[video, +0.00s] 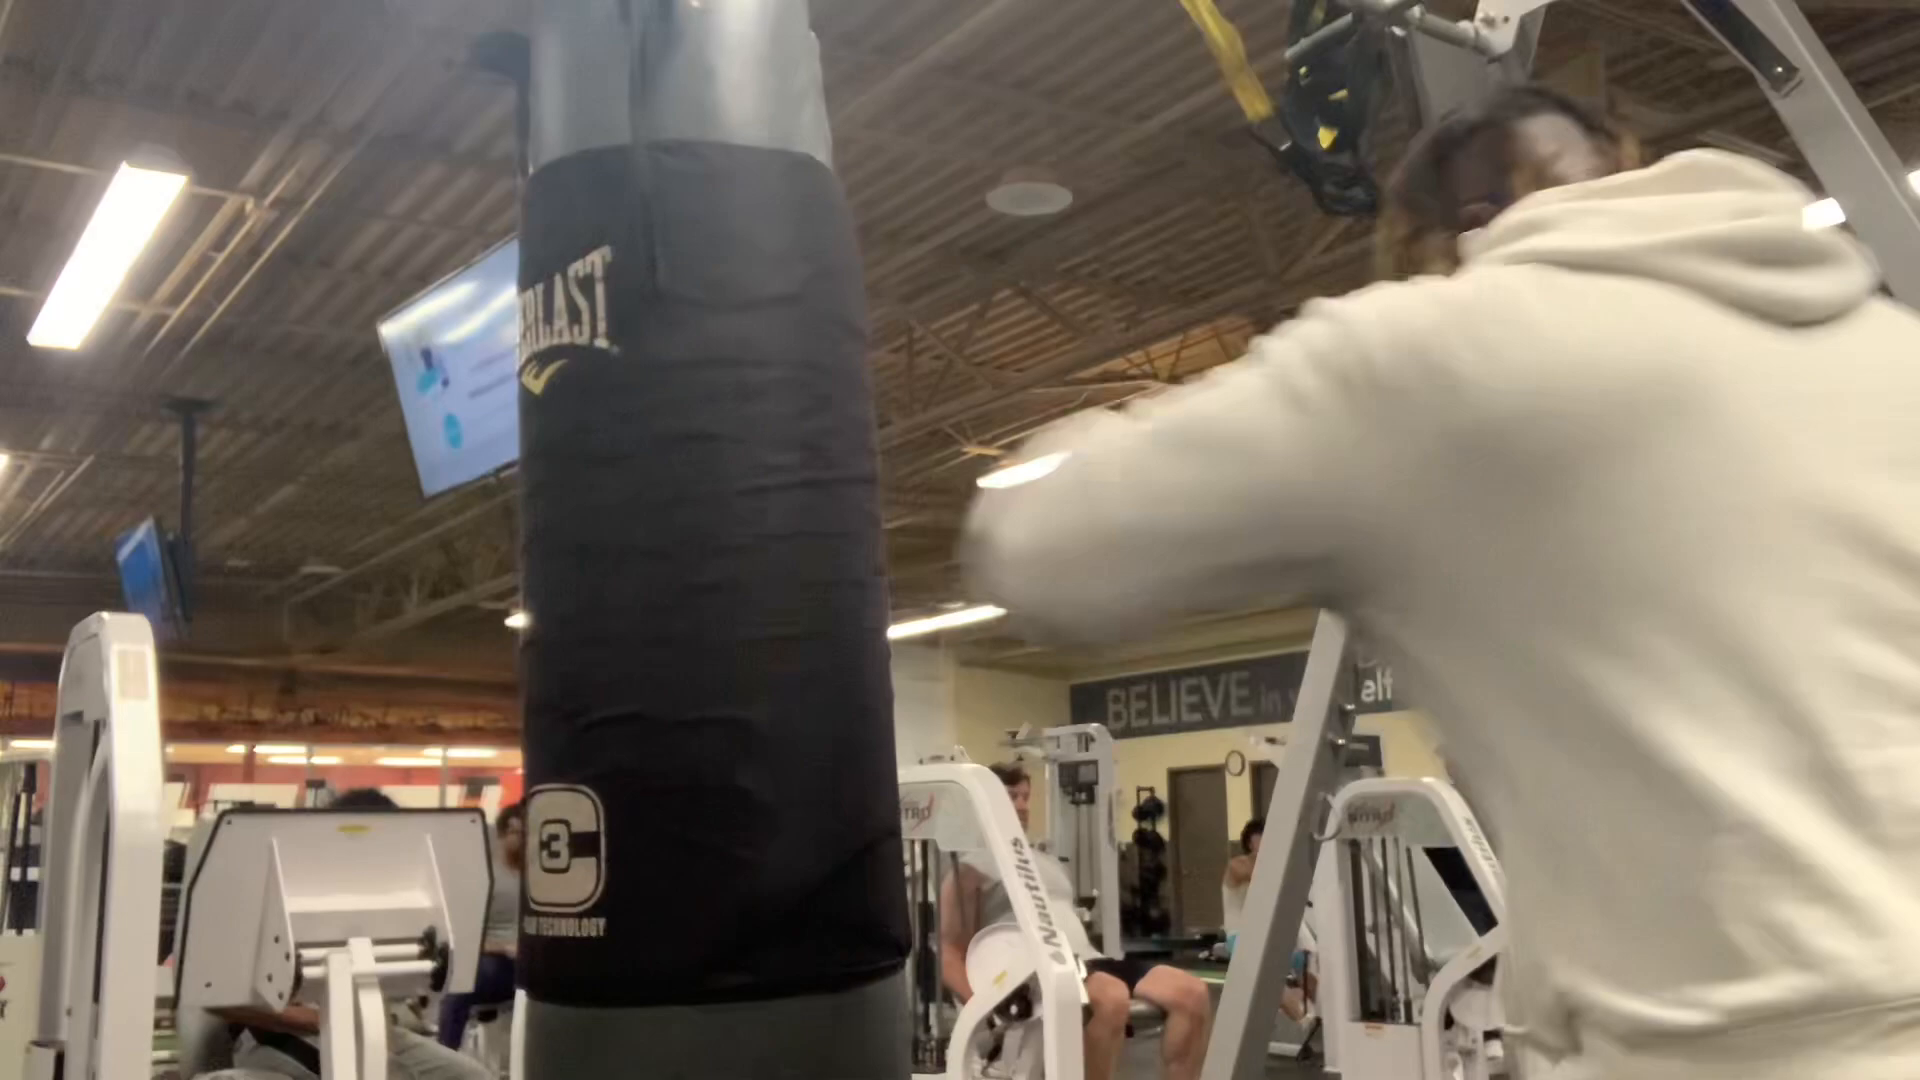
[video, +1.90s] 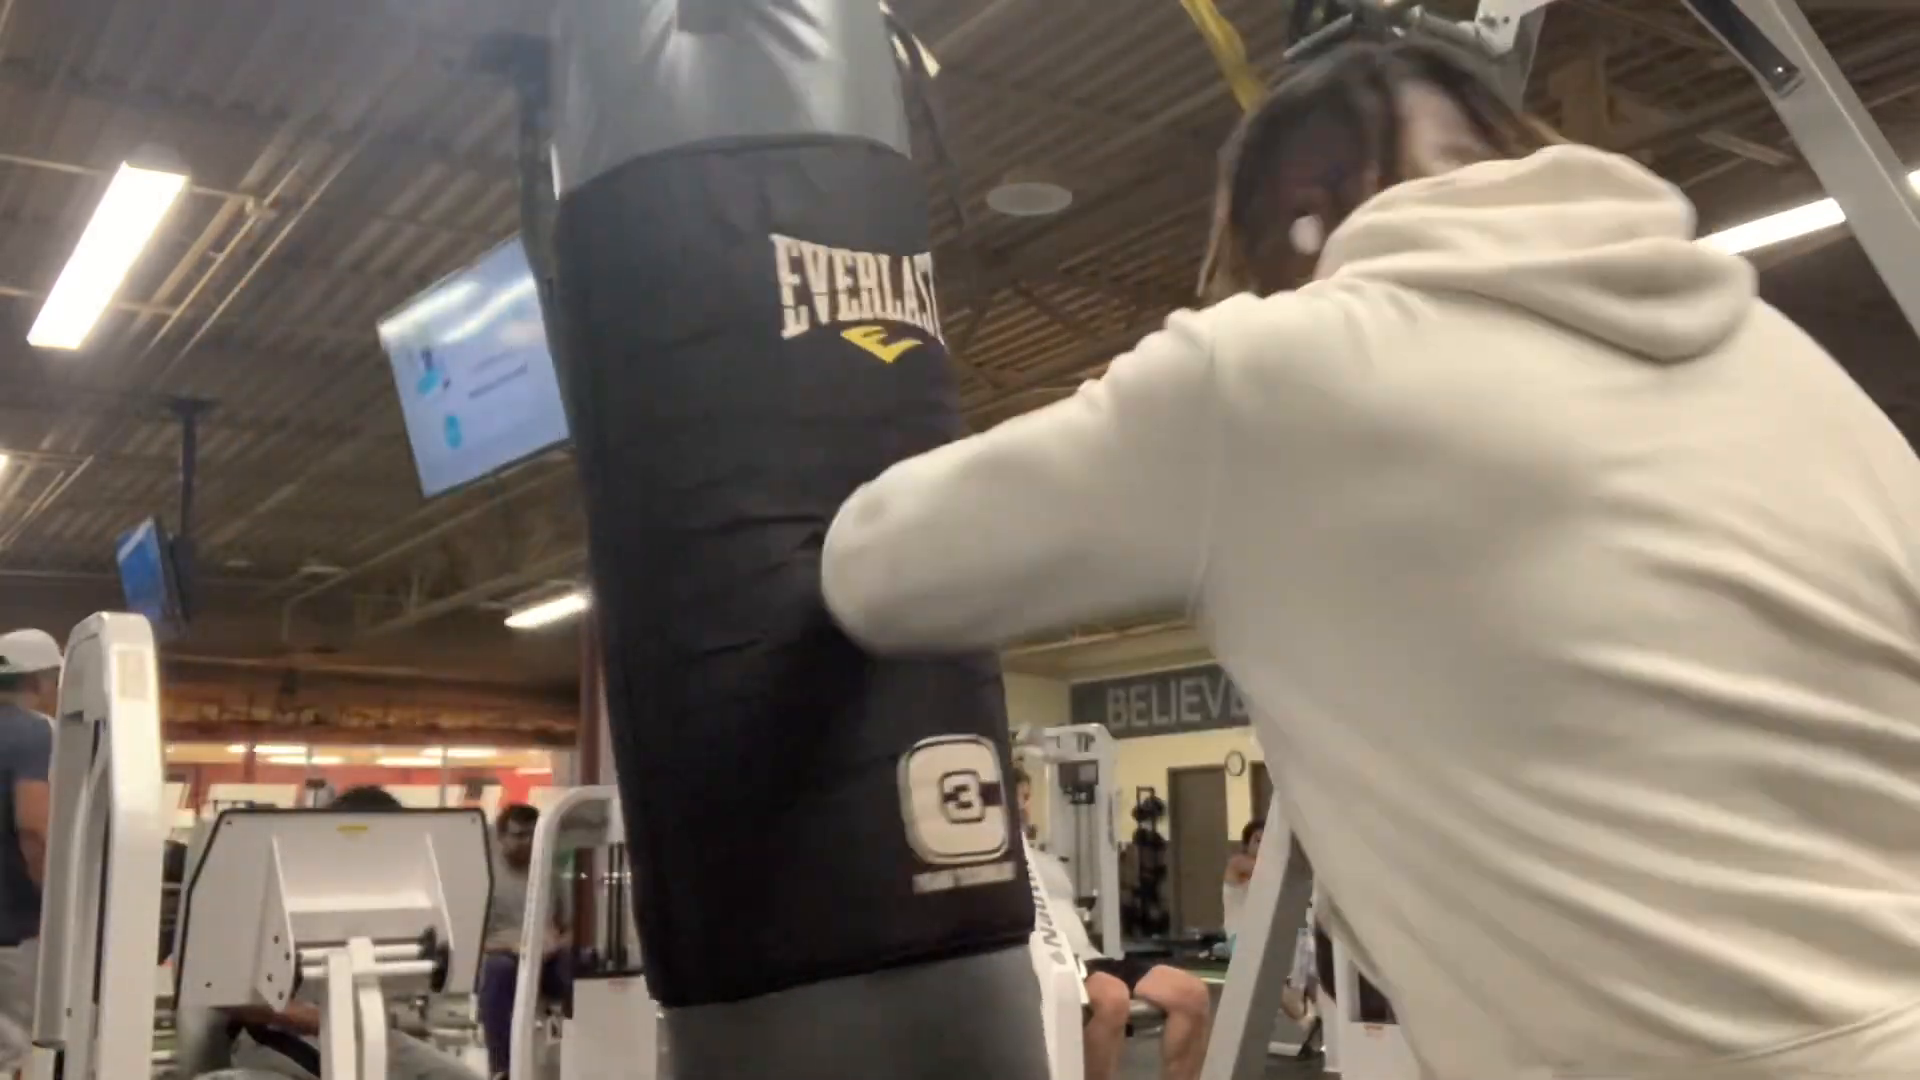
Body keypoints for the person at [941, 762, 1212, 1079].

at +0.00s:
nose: (1022, 806)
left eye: (1025, 798)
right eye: (1012, 797)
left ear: (1029, 802)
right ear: (990, 802)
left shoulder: (1037, 860)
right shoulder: (967, 872)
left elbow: (1059, 925)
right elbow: (951, 960)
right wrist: (984, 1007)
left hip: (1075, 959)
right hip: (1022, 971)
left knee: (1192, 993)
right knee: (1112, 997)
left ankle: (1180, 1074)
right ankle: (1097, 1074)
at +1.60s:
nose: (1020, 806)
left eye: (1024, 798)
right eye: (1010, 798)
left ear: (1030, 802)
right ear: (988, 803)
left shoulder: (1038, 860)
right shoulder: (966, 874)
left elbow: (1058, 925)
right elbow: (952, 960)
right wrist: (985, 1006)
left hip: (1075, 961)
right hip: (1020, 973)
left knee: (1191, 994)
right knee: (1112, 996)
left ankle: (1180, 1075)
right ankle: (1096, 1075)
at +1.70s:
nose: (1019, 806)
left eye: (1024, 797)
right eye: (1010, 797)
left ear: (1031, 801)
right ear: (992, 804)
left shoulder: (1044, 858)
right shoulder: (989, 860)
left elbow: (1067, 912)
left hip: (1083, 957)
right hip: (1037, 965)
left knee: (1192, 995)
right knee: (1112, 999)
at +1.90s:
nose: (1023, 806)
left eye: (1026, 798)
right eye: (1016, 799)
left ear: (1031, 801)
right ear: (999, 804)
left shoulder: (1041, 856)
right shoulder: (994, 857)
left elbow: (1064, 907)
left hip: (1085, 956)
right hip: (1044, 965)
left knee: (1192, 994)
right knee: (1112, 1000)